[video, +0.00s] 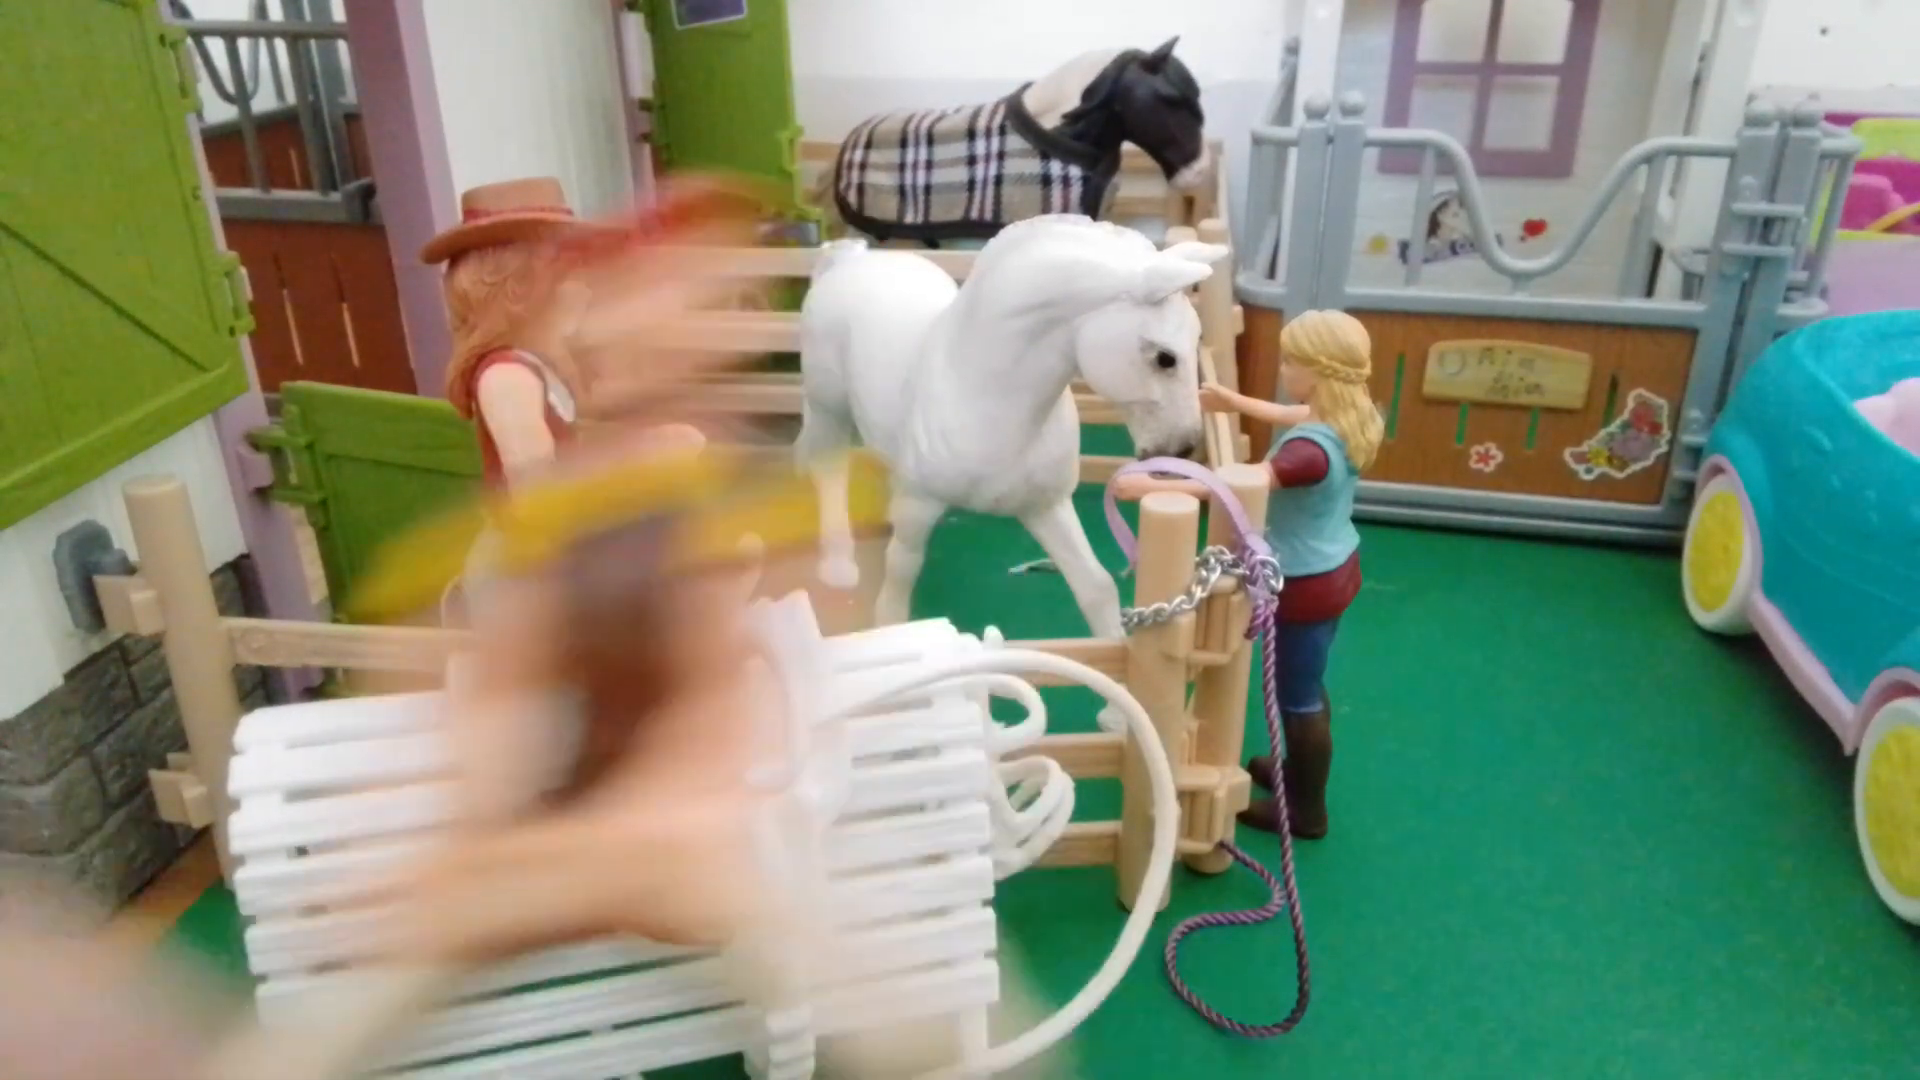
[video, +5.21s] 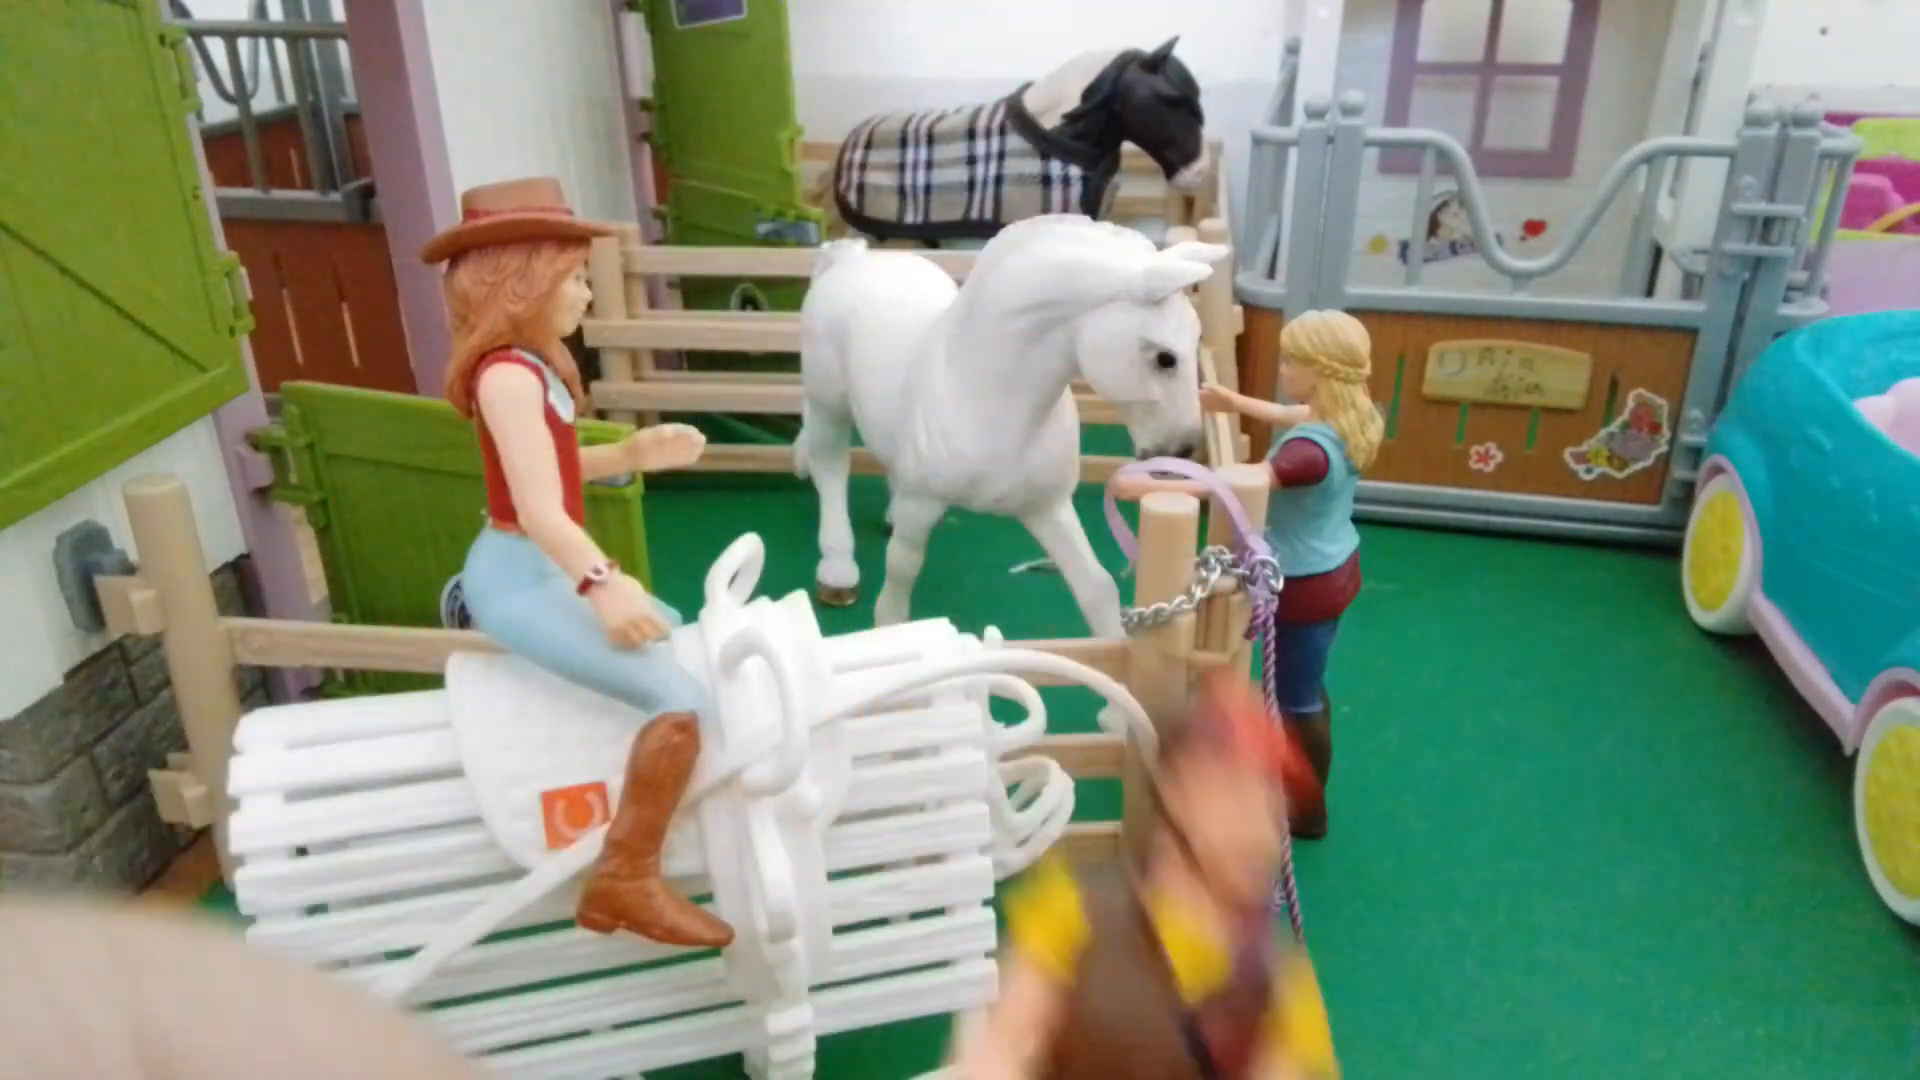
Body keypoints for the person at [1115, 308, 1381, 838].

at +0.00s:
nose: (1283, 370)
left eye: (1290, 361)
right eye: (1285, 360)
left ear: (1319, 372)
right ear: (1337, 372)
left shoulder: (1315, 447)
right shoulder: (1350, 417)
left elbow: (1245, 479)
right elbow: (1290, 415)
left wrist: (1158, 485)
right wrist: (1236, 400)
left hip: (1304, 587)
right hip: (1332, 567)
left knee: (1299, 698)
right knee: (1300, 681)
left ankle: (1304, 812)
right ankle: (1298, 774)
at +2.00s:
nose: (1282, 371)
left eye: (1290, 362)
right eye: (1284, 360)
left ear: (1319, 372)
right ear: (1337, 373)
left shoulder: (1314, 448)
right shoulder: (1348, 417)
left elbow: (1244, 479)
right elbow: (1288, 416)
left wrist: (1159, 484)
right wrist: (1235, 400)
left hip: (1304, 589)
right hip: (1331, 568)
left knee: (1299, 700)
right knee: (1300, 682)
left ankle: (1303, 812)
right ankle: (1299, 774)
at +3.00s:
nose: (1281, 371)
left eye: (1290, 363)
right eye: (1284, 361)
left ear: (1317, 374)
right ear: (1336, 373)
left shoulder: (1315, 448)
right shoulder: (1346, 419)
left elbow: (1253, 479)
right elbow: (1292, 415)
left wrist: (1193, 479)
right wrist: (1236, 401)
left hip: (1309, 579)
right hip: (1333, 565)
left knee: (1297, 691)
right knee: (1299, 676)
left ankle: (1302, 809)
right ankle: (1298, 771)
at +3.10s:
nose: (1280, 373)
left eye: (1290, 363)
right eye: (1283, 362)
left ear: (1314, 373)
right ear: (1347, 369)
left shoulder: (1316, 438)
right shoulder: (1356, 422)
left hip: (1310, 574)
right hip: (1335, 564)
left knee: (1296, 688)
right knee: (1304, 680)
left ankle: (1303, 806)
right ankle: (1295, 772)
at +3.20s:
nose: (1281, 373)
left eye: (1290, 363)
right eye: (1286, 363)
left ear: (1308, 373)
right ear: (1349, 372)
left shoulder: (1311, 444)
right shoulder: (1336, 432)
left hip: (1316, 573)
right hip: (1337, 562)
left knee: (1304, 697)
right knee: (1304, 685)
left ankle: (1303, 806)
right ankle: (1294, 773)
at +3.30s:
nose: (1282, 371)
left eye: (1290, 362)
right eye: (1285, 360)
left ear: (1317, 373)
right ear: (1332, 372)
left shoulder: (1312, 448)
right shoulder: (1349, 417)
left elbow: (1248, 478)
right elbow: (1292, 415)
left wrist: (1187, 475)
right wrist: (1235, 400)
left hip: (1308, 586)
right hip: (1340, 564)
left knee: (1300, 694)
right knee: (1300, 674)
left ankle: (1303, 809)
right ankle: (1293, 766)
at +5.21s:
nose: (1282, 371)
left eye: (1291, 362)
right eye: (1285, 360)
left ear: (1319, 373)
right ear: (1334, 374)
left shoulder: (1315, 447)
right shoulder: (1345, 417)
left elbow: (1247, 478)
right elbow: (1290, 415)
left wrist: (1160, 484)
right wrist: (1236, 401)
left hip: (1304, 588)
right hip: (1331, 566)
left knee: (1296, 701)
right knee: (1304, 688)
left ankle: (1307, 813)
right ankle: (1307, 798)